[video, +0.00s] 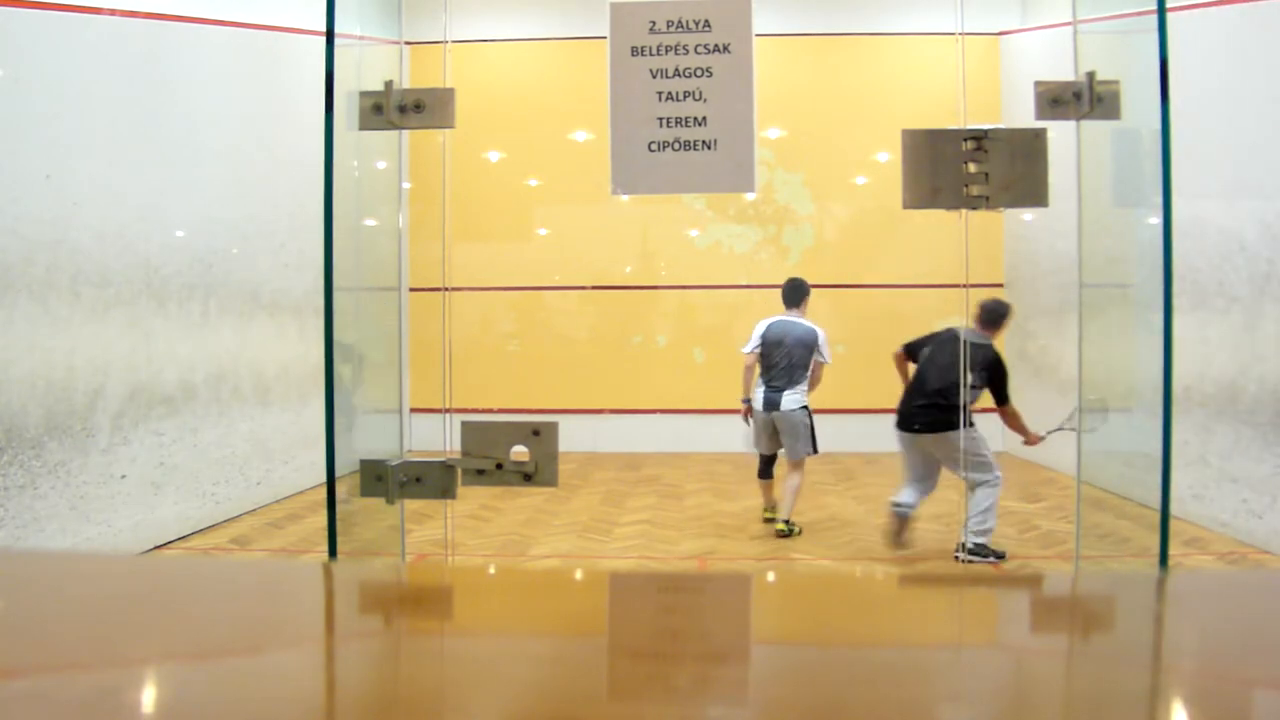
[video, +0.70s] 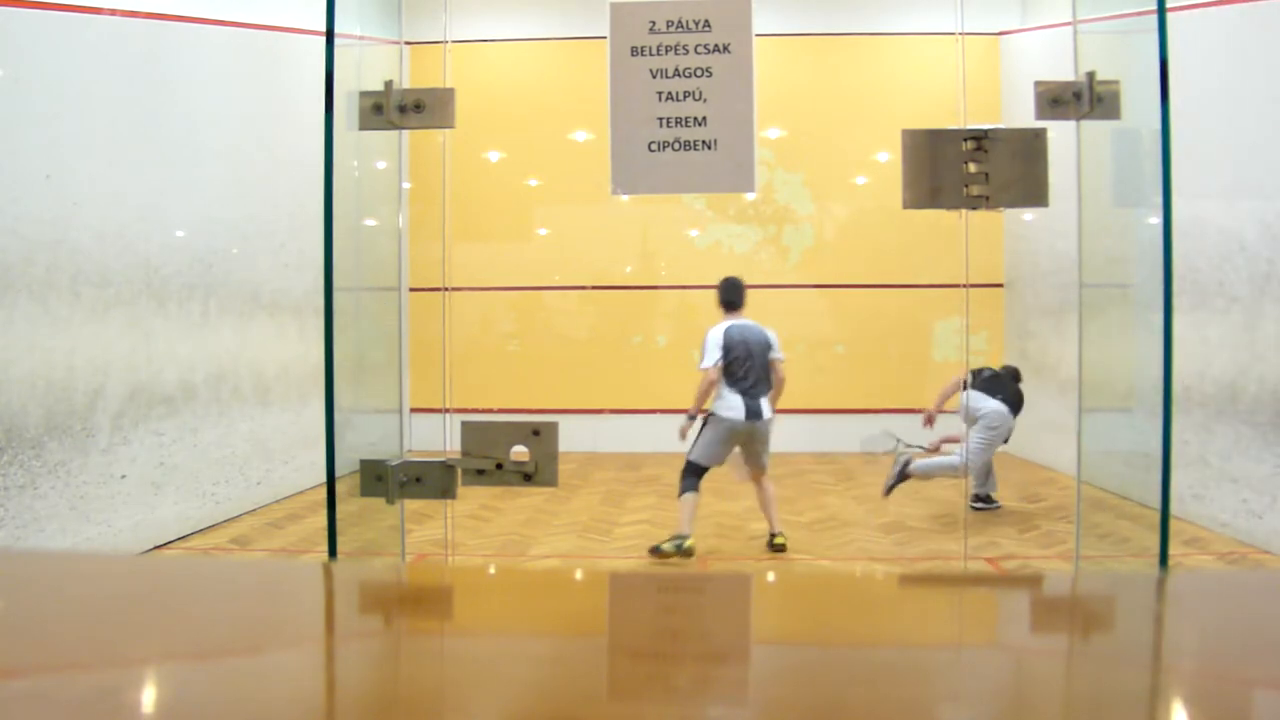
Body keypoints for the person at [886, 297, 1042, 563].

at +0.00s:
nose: (1000, 328)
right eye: (1002, 324)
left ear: (976, 317)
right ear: (1001, 326)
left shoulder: (946, 336)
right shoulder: (990, 356)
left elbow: (900, 355)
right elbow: (1005, 410)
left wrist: (910, 389)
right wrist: (1027, 434)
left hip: (910, 417)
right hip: (948, 421)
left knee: (920, 479)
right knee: (987, 479)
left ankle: (902, 505)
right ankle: (974, 543)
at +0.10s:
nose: (1019, 340)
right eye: (1020, 335)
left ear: (994, 325)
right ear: (1016, 337)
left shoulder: (960, 341)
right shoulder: (1004, 364)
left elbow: (914, 351)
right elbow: (1018, 417)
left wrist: (895, 382)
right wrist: (1045, 435)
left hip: (921, 420)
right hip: (960, 425)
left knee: (938, 460)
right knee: (995, 484)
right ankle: (975, 541)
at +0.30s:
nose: (1040, 364)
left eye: (1040, 359)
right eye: (1040, 360)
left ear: (1018, 349)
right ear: (1036, 361)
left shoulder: (985, 358)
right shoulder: (1018, 381)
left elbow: (948, 354)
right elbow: (1042, 426)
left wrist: (912, 366)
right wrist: (1078, 424)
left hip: (933, 417)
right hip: (957, 422)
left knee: (969, 450)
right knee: (973, 470)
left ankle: (979, 483)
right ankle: (967, 524)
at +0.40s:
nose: (1041, 380)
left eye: (1043, 376)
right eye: (1043, 376)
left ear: (1021, 365)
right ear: (1039, 377)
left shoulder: (991, 372)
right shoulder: (1022, 396)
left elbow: (952, 374)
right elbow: (1043, 441)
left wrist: (922, 391)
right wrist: (1072, 440)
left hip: (938, 422)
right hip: (962, 430)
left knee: (980, 443)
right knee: (969, 480)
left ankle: (981, 495)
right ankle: (936, 519)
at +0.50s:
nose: (1036, 391)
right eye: (1037, 388)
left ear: (1018, 376)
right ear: (1034, 389)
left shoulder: (992, 379)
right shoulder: (1023, 407)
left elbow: (948, 393)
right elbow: (1027, 442)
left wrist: (931, 420)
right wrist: (1035, 451)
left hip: (946, 414)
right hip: (971, 430)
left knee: (979, 451)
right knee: (959, 479)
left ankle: (981, 495)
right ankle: (916, 504)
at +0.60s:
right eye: (1024, 389)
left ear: (1009, 379)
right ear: (1024, 391)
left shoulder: (990, 380)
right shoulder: (1018, 406)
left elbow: (951, 392)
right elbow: (1000, 435)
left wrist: (941, 421)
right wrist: (982, 448)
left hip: (959, 405)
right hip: (985, 422)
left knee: (982, 451)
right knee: (954, 467)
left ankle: (981, 495)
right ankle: (898, 487)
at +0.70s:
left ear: (1001, 370)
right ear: (1017, 381)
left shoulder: (987, 371)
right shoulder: (1017, 395)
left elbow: (957, 383)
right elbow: (985, 437)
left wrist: (935, 408)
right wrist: (943, 440)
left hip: (969, 399)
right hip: (997, 414)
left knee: (984, 448)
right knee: (965, 465)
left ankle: (981, 494)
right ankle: (909, 467)